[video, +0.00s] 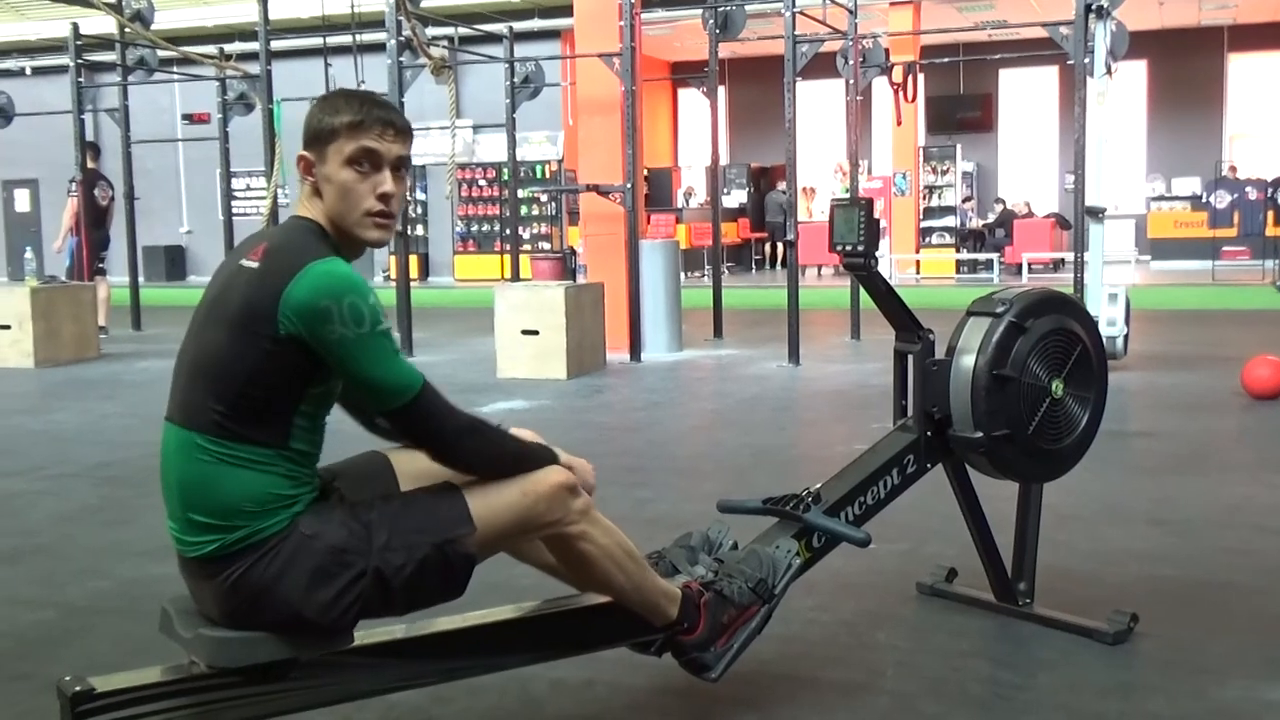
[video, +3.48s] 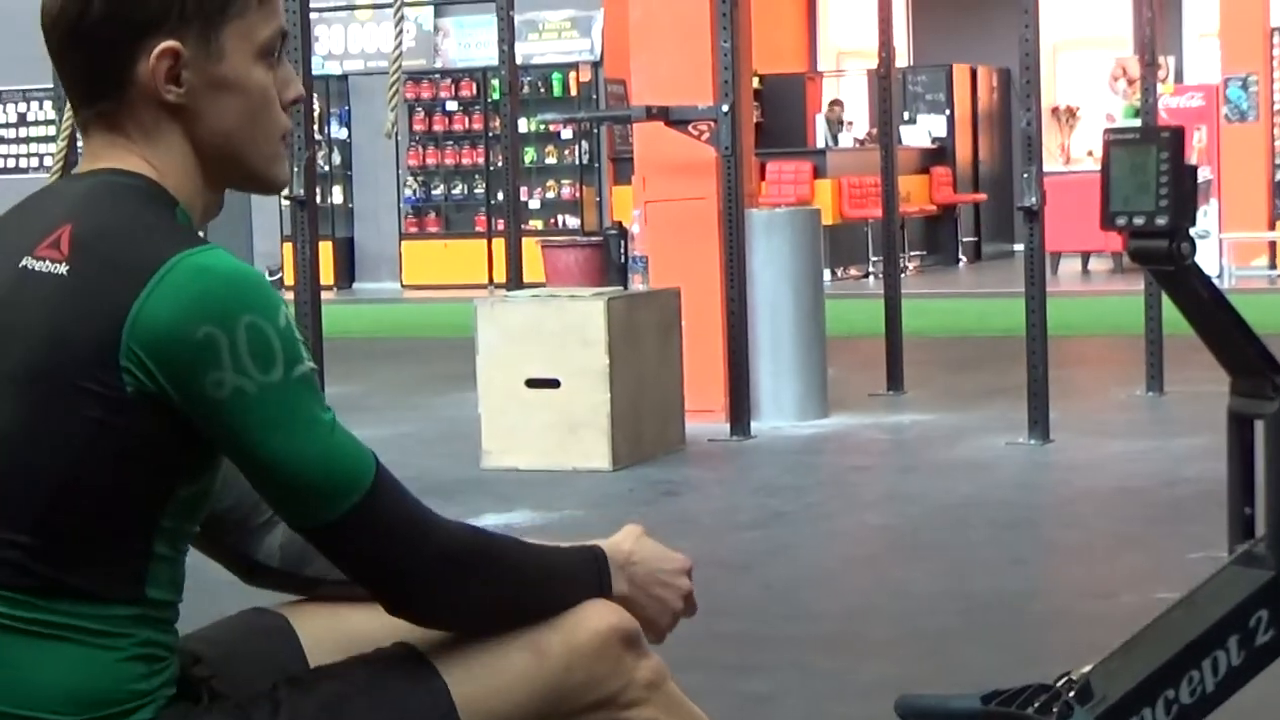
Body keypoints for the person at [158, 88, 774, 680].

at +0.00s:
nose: (389, 187)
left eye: (399, 170)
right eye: (365, 165)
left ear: (406, 177)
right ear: (310, 170)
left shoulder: (274, 253)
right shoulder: (322, 279)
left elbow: (388, 415)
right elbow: (440, 428)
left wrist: (518, 443)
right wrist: (551, 469)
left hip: (234, 534)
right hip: (269, 560)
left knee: (494, 455)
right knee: (543, 488)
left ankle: (636, 597)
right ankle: (682, 617)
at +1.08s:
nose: (459, 199)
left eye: (468, 183)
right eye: (438, 178)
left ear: (475, 190)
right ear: (388, 184)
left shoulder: (361, 253)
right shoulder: (410, 270)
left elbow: (482, 386)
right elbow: (519, 397)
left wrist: (600, 408)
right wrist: (620, 424)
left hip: (329, 496)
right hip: (354, 525)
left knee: (525, 422)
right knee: (600, 454)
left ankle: (657, 568)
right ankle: (706, 583)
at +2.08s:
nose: (479, 186)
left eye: (482, 166)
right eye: (473, 164)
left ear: (400, 152)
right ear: (417, 155)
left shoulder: (300, 238)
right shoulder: (394, 278)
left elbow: (423, 402)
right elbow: (490, 424)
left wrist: (566, 402)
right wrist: (591, 401)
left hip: (257, 542)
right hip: (311, 565)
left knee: (503, 443)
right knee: (579, 449)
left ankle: (660, 604)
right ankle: (729, 628)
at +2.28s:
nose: (431, 153)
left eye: (434, 129)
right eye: (425, 127)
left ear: (341, 121)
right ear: (359, 119)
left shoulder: (228, 225)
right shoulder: (335, 270)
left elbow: (375, 425)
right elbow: (459, 459)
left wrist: (550, 433)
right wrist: (583, 424)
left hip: (187, 598)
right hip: (249, 625)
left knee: (483, 469)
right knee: (571, 481)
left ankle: (671, 656)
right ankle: (739, 684)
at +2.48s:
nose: (389, 132)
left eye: (391, 104)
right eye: (380, 101)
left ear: (285, 96)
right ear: (302, 92)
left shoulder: (149, 214)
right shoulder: (279, 273)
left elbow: (316, 465)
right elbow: (422, 494)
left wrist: (516, 468)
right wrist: (571, 453)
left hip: (90, 627)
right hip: (156, 672)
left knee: (449, 524)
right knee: (551, 526)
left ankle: (644, 705)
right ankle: (726, 708)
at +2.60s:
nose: (360, 119)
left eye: (361, 84)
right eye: (350, 80)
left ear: (256, 74)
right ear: (265, 70)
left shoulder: (77, 209)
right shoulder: (239, 277)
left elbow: (274, 481)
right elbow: (396, 532)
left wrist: (527, 482)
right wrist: (555, 477)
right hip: (108, 692)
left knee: (378, 542)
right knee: (529, 562)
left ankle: (582, 713)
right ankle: (705, 717)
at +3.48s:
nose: (295, 88)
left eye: (287, 57)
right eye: (271, 55)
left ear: (165, 80)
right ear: (172, 76)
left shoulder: (41, 233)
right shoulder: (195, 287)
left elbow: (270, 541)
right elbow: (420, 568)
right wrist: (607, 570)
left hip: (47, 688)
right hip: (123, 712)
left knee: (411, 610)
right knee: (602, 648)